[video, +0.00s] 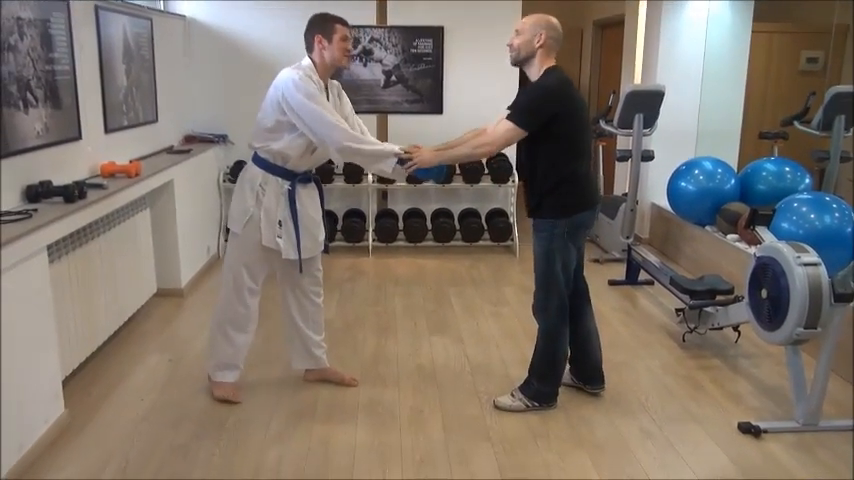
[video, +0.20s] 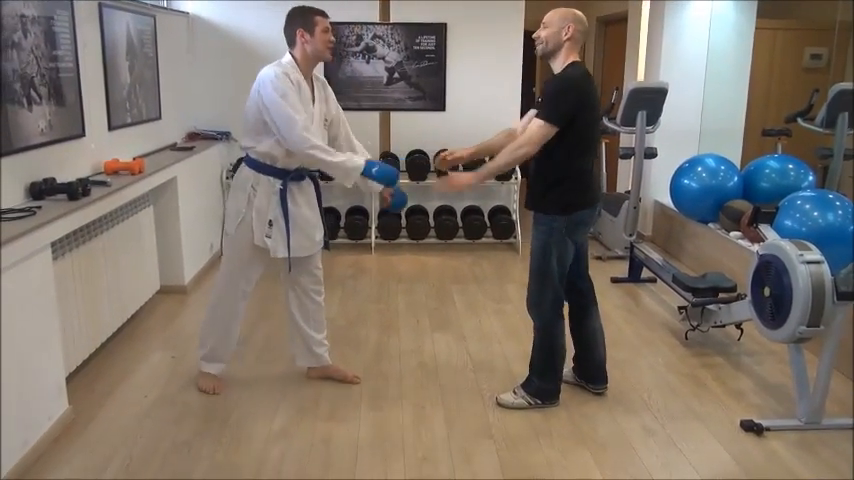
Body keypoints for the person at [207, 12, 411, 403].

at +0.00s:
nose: (350, 49)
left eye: (351, 42)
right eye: (344, 41)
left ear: (331, 46)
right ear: (319, 44)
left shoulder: (335, 91)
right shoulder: (293, 82)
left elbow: (362, 139)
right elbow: (338, 140)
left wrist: (401, 167)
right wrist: (398, 155)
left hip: (303, 192)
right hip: (264, 187)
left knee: (307, 278)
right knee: (244, 281)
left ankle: (314, 364)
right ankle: (223, 372)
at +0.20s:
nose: (333, 40)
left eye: (332, 33)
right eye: (326, 32)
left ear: (311, 39)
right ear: (301, 37)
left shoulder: (321, 87)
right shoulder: (273, 79)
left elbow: (346, 143)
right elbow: (299, 143)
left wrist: (380, 186)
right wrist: (362, 170)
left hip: (300, 189)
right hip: (258, 187)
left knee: (308, 276)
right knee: (237, 278)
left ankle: (317, 360)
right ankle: (210, 366)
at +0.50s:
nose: (302, 47)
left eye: (301, 40)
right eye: (296, 40)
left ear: (276, 45)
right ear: (271, 44)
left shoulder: (293, 92)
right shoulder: (235, 89)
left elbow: (282, 154)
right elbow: (218, 157)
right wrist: (211, 221)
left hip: (281, 196)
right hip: (239, 197)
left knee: (303, 284)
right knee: (225, 289)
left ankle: (318, 365)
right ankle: (211, 371)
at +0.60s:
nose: (299, 50)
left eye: (298, 43)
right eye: (293, 43)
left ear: (275, 49)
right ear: (268, 48)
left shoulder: (288, 91)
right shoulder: (229, 89)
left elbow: (276, 150)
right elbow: (193, 154)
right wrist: (181, 214)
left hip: (275, 198)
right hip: (232, 199)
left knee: (301, 281)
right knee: (221, 290)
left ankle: (316, 366)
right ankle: (212, 373)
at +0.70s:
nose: (300, 53)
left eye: (299, 46)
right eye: (293, 46)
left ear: (276, 49)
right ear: (269, 48)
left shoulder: (290, 93)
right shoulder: (228, 91)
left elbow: (286, 157)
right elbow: (187, 149)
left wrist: (299, 199)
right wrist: (178, 207)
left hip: (278, 198)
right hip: (232, 199)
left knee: (299, 282)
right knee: (221, 289)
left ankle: (306, 368)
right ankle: (212, 375)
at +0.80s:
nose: (304, 55)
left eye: (304, 48)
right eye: (298, 48)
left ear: (280, 51)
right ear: (273, 50)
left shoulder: (296, 95)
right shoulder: (233, 92)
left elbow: (307, 152)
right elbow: (196, 152)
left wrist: (325, 196)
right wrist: (194, 207)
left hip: (281, 201)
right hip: (236, 201)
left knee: (297, 286)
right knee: (221, 291)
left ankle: (307, 369)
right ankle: (213, 376)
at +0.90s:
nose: (312, 60)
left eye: (312, 53)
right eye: (306, 52)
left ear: (292, 55)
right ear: (280, 52)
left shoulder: (309, 100)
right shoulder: (240, 92)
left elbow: (324, 155)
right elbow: (210, 155)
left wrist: (353, 197)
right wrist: (228, 203)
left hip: (283, 202)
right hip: (238, 200)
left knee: (298, 289)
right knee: (223, 291)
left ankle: (310, 371)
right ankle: (213, 377)